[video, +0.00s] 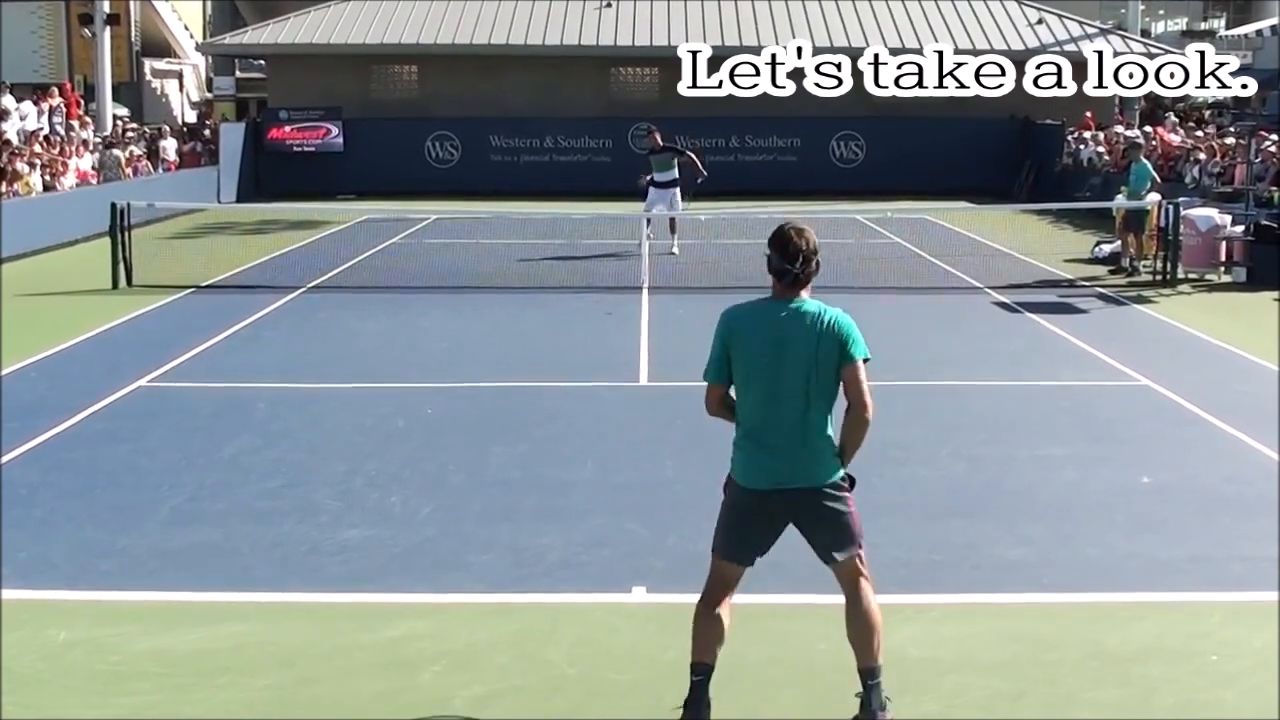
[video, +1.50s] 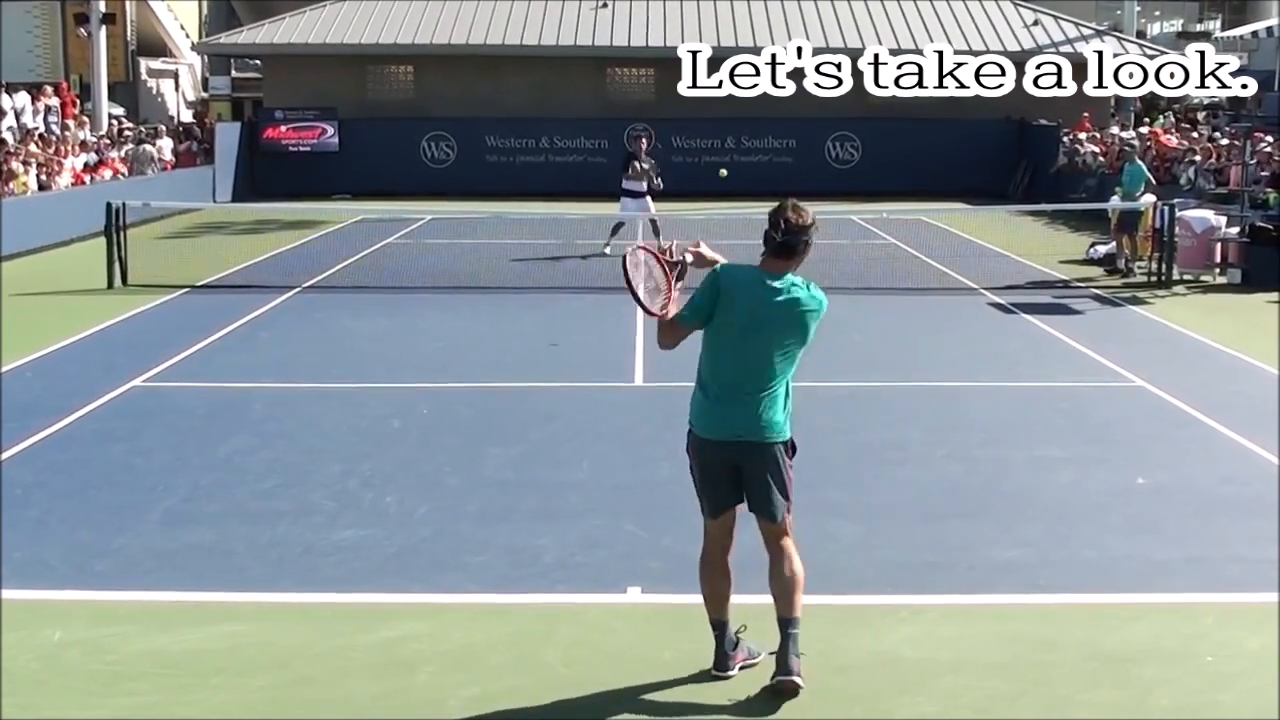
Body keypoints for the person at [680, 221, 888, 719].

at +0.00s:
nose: (781, 270)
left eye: (773, 262)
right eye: (803, 263)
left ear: (769, 267)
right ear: (814, 270)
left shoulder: (735, 320)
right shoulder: (836, 324)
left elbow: (716, 403)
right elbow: (861, 406)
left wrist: (762, 417)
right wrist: (841, 463)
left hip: (752, 481)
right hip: (818, 480)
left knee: (717, 591)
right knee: (857, 583)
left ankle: (697, 701)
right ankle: (873, 701)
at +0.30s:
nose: (810, 264)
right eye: (814, 258)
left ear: (769, 257)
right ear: (813, 263)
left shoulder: (730, 306)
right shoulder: (811, 317)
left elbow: (723, 382)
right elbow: (827, 400)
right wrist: (830, 447)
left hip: (722, 468)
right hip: (783, 470)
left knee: (707, 578)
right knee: (828, 579)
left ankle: (671, 695)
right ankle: (851, 701)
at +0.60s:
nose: (825, 259)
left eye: (821, 253)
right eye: (826, 253)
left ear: (780, 251)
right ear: (822, 258)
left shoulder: (765, 292)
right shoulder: (786, 299)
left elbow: (843, 307)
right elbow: (783, 363)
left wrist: (906, 294)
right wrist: (865, 364)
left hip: (724, 449)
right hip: (765, 452)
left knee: (735, 558)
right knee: (793, 564)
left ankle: (671, 658)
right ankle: (776, 689)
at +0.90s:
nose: (843, 290)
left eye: (844, 282)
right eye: (846, 283)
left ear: (805, 268)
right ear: (839, 282)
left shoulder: (792, 309)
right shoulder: (793, 310)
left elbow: (847, 349)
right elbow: (762, 358)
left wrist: (914, 376)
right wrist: (805, 407)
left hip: (709, 441)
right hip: (741, 446)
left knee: (745, 538)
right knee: (787, 560)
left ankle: (732, 646)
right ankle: (775, 687)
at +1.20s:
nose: (830, 304)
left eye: (833, 296)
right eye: (833, 296)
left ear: (791, 275)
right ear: (826, 293)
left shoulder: (733, 293)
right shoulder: (812, 348)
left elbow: (701, 336)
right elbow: (805, 424)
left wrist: (746, 360)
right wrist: (815, 454)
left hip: (698, 451)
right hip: (751, 462)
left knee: (723, 535)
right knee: (789, 558)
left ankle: (728, 648)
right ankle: (774, 677)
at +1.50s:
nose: (797, 253)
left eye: (777, 241)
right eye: (803, 247)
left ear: (763, 240)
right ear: (805, 251)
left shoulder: (722, 281)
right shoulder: (811, 302)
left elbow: (668, 337)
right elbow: (768, 291)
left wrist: (669, 286)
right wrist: (719, 263)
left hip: (710, 433)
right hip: (767, 436)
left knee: (717, 537)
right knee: (780, 540)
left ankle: (724, 649)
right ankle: (790, 657)